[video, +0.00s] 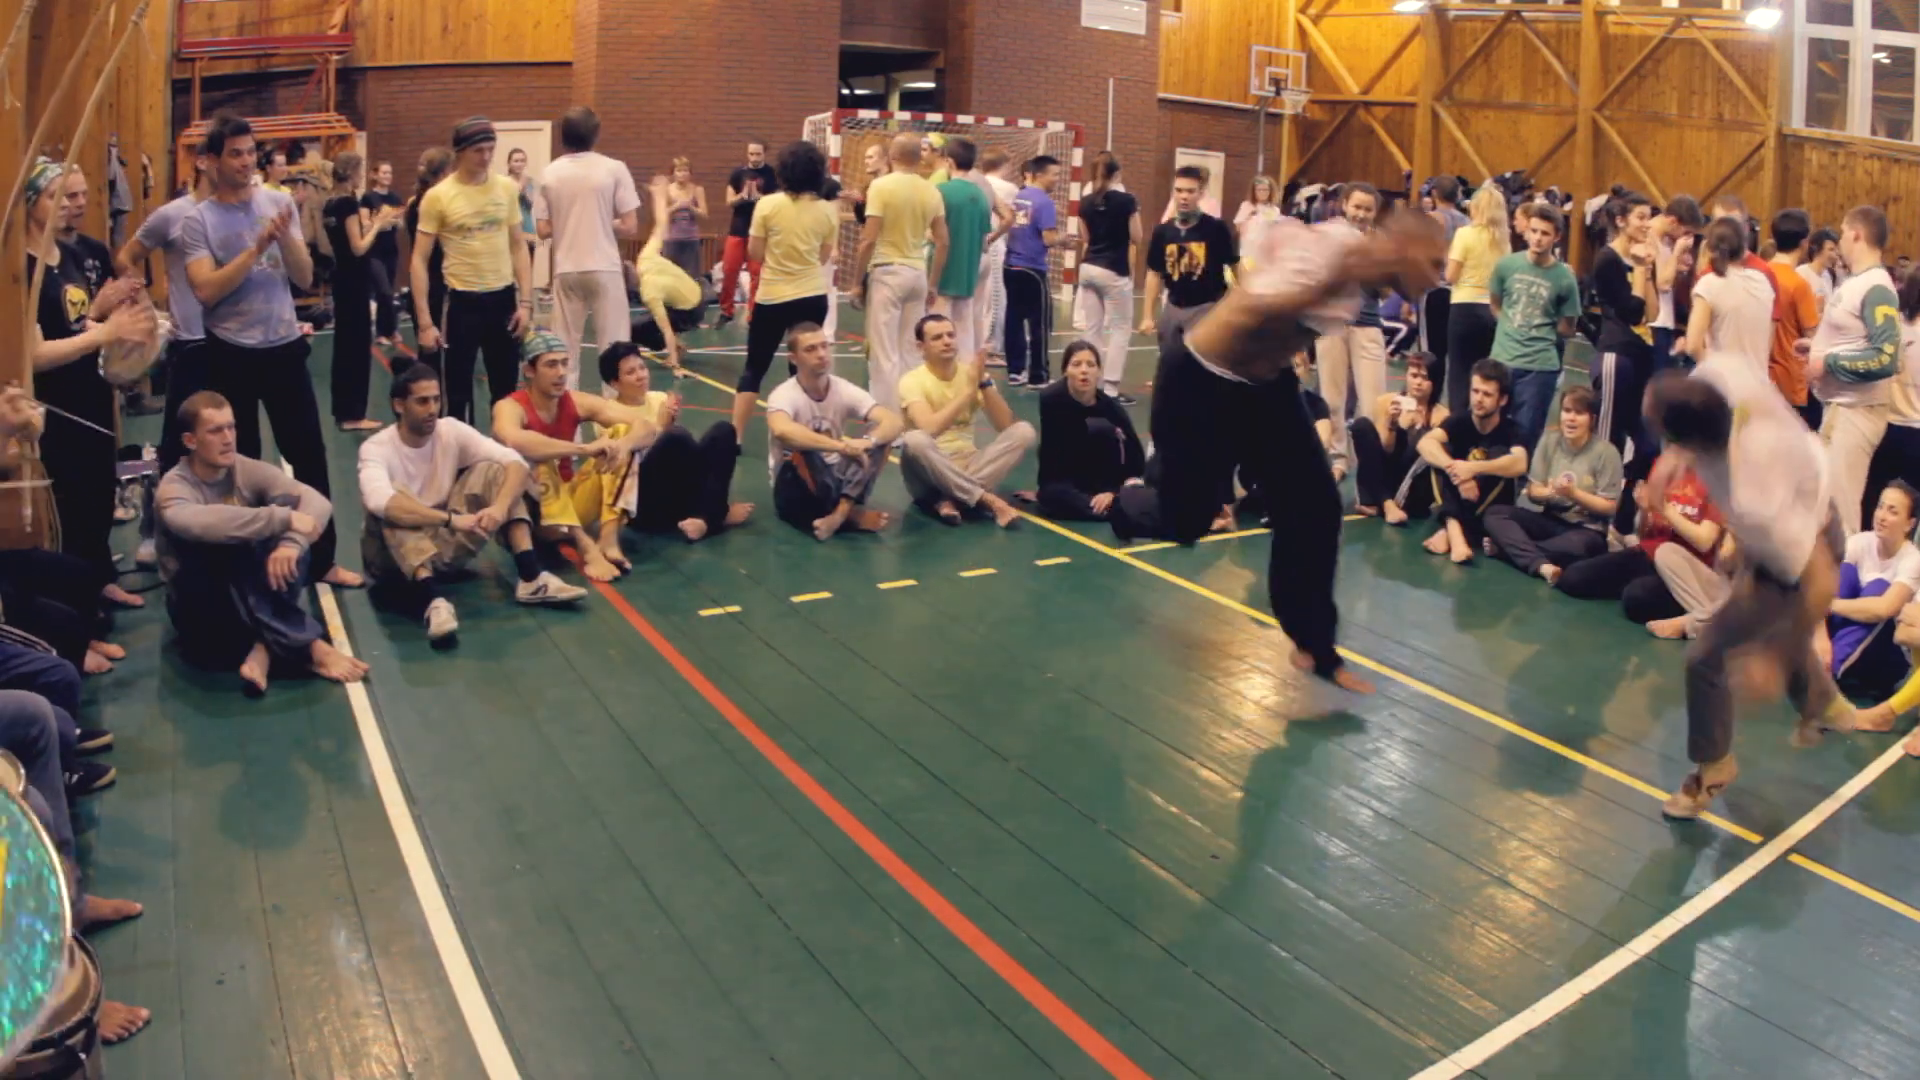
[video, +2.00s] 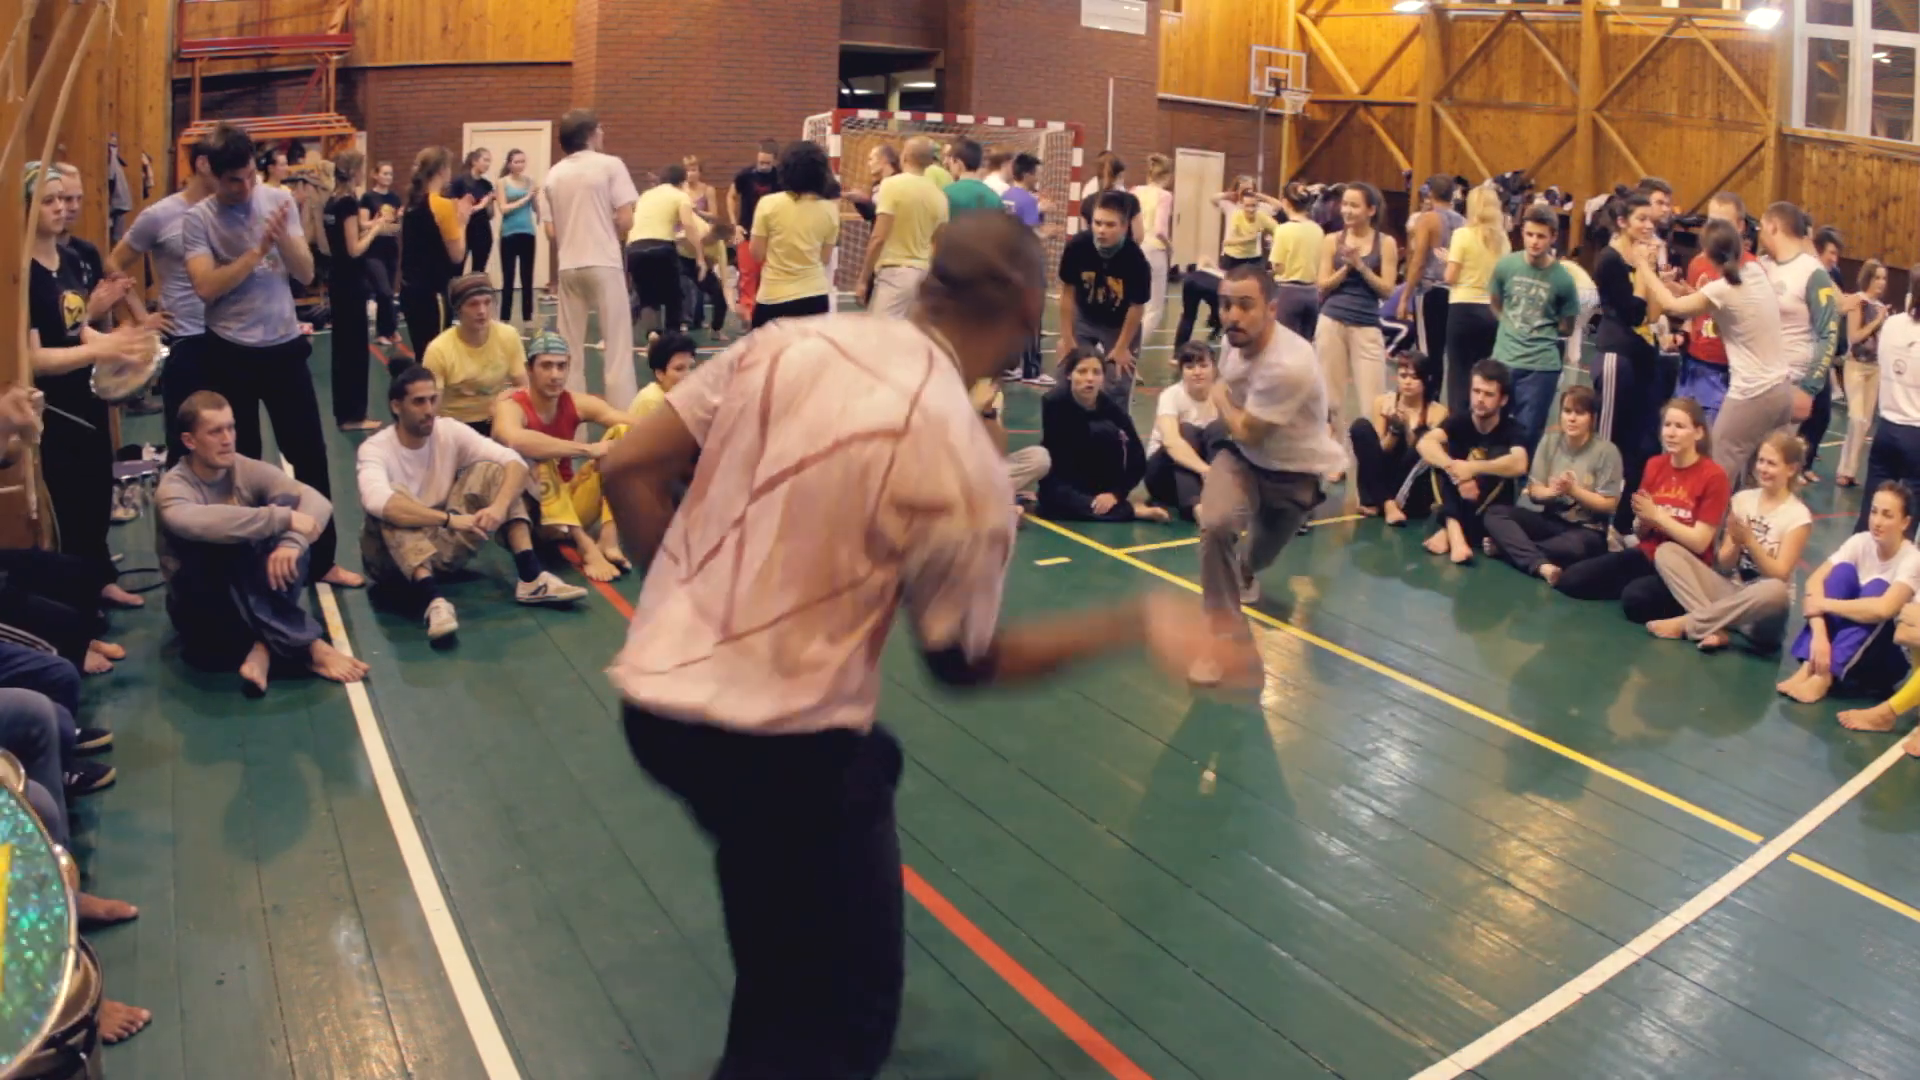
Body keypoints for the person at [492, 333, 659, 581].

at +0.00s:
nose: (561, 373)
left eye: (564, 364)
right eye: (551, 365)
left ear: (569, 366)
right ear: (529, 370)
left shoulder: (578, 402)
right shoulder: (509, 407)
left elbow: (648, 428)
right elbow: (513, 441)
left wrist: (625, 445)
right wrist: (584, 449)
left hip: (574, 505)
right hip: (527, 513)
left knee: (622, 432)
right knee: (541, 465)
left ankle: (609, 537)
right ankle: (586, 545)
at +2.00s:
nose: (555, 375)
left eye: (561, 367)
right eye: (546, 367)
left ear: (568, 369)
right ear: (530, 369)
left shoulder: (579, 403)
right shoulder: (511, 405)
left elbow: (636, 425)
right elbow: (512, 439)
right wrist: (586, 449)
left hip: (569, 507)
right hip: (525, 509)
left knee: (620, 440)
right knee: (543, 465)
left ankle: (609, 540)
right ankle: (586, 546)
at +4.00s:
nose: (563, 380)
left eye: (568, 371)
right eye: (554, 372)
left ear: (574, 371)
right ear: (532, 373)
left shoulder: (579, 403)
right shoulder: (510, 408)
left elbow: (647, 430)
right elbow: (508, 440)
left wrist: (623, 450)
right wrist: (584, 449)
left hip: (574, 504)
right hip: (530, 510)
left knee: (628, 433)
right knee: (538, 462)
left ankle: (609, 536)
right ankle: (586, 544)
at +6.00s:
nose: (563, 381)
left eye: (568, 372)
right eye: (555, 373)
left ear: (572, 372)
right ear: (532, 373)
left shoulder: (580, 402)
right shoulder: (510, 408)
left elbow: (644, 427)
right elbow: (509, 438)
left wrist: (627, 450)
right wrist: (583, 452)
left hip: (570, 507)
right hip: (527, 512)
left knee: (621, 435)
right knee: (539, 464)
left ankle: (609, 537)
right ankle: (586, 546)